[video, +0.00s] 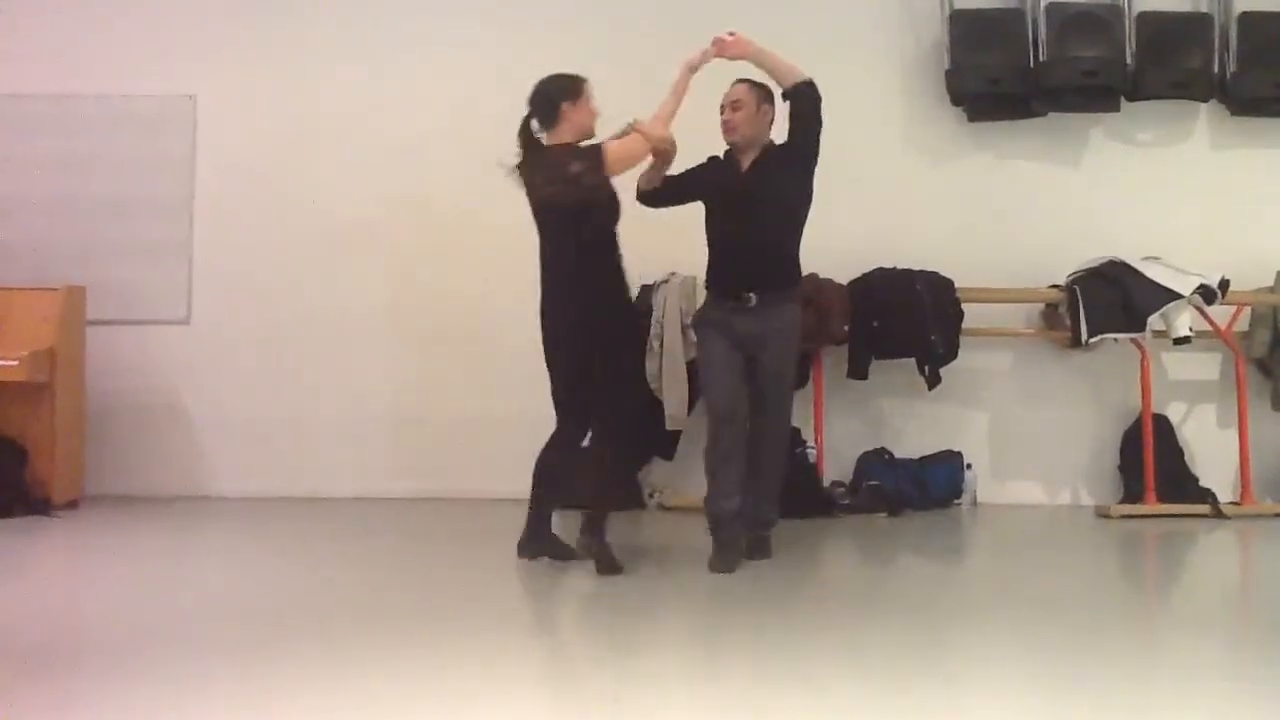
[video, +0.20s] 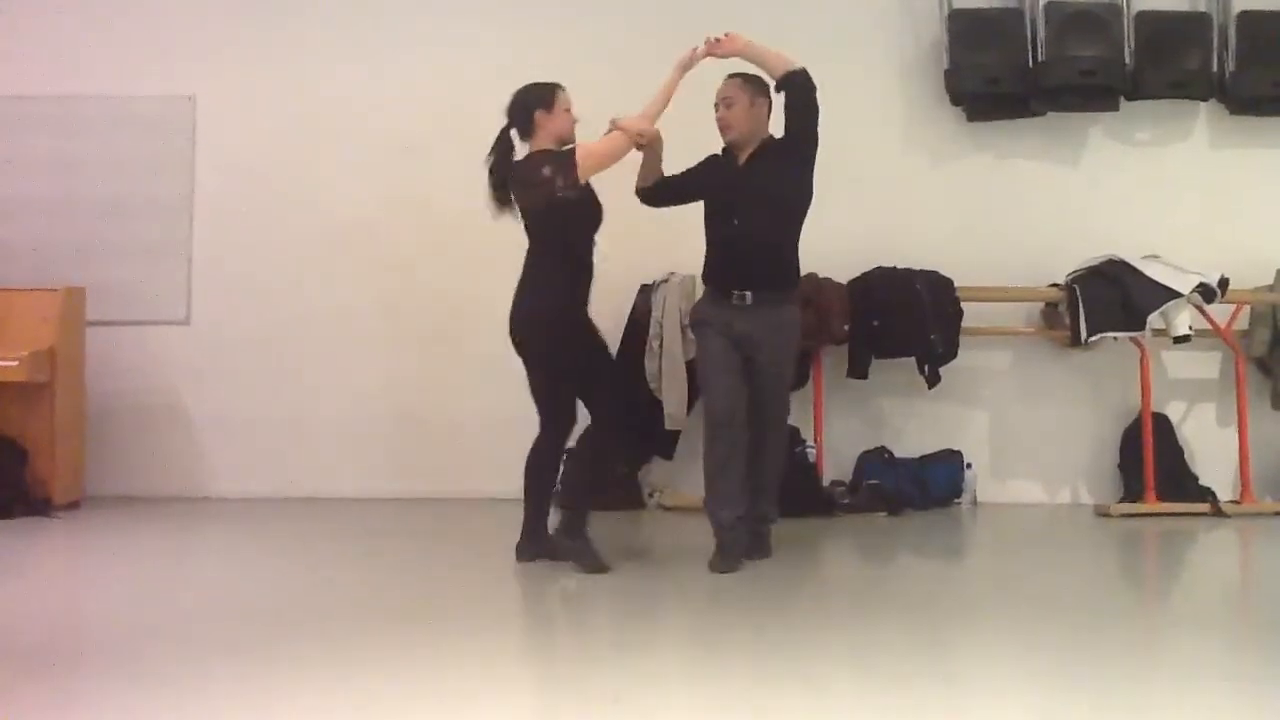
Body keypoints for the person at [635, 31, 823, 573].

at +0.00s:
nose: (726, 116)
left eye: (737, 108)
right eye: (723, 110)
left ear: (767, 114)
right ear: (724, 121)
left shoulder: (794, 162)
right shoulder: (714, 172)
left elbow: (806, 93)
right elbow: (650, 193)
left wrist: (753, 50)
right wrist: (661, 157)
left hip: (777, 313)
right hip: (721, 316)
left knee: (773, 422)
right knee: (725, 420)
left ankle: (760, 526)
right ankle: (725, 531)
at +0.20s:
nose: (719, 113)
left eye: (729, 103)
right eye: (717, 106)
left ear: (762, 108)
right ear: (722, 117)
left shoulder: (793, 157)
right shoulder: (717, 170)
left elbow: (799, 82)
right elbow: (651, 192)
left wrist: (743, 47)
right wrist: (653, 146)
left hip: (775, 312)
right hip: (718, 312)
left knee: (771, 421)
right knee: (723, 421)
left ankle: (759, 524)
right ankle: (728, 535)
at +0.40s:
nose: (714, 116)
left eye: (724, 106)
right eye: (712, 108)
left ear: (758, 109)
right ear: (718, 116)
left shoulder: (792, 157)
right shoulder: (716, 172)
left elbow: (802, 82)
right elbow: (661, 213)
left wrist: (749, 40)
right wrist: (649, 164)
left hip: (773, 315)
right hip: (717, 316)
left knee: (768, 425)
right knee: (720, 424)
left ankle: (760, 527)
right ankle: (729, 537)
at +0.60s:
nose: (711, 116)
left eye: (720, 105)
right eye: (709, 108)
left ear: (756, 105)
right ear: (722, 112)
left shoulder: (801, 157)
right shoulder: (711, 181)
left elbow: (854, 106)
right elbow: (687, 256)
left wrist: (802, 57)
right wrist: (632, 251)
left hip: (782, 317)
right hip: (720, 317)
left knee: (789, 416)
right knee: (718, 424)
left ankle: (783, 514)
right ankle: (731, 536)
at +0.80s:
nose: (725, 117)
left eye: (734, 105)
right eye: (723, 107)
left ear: (770, 104)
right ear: (731, 113)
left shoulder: (817, 155)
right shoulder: (724, 179)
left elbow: (886, 124)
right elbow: (694, 248)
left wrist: (826, 89)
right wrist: (664, 231)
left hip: (803, 316)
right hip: (738, 316)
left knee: (826, 422)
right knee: (728, 426)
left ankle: (862, 528)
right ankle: (734, 537)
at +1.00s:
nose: (737, 120)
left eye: (744, 108)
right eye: (734, 111)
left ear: (781, 106)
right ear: (747, 115)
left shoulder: (830, 154)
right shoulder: (743, 179)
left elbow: (878, 123)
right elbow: (702, 228)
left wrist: (808, 104)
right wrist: (675, 164)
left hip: (835, 315)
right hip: (774, 318)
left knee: (854, 424)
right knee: (746, 424)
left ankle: (875, 537)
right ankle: (740, 535)